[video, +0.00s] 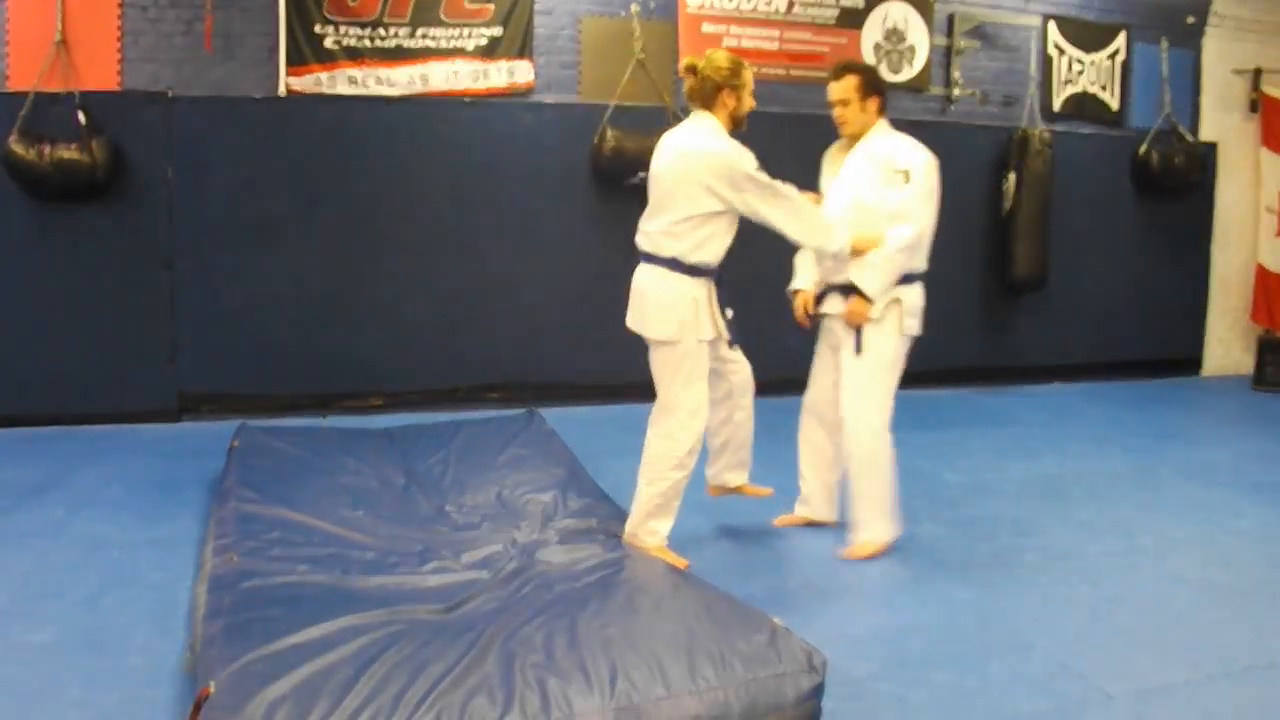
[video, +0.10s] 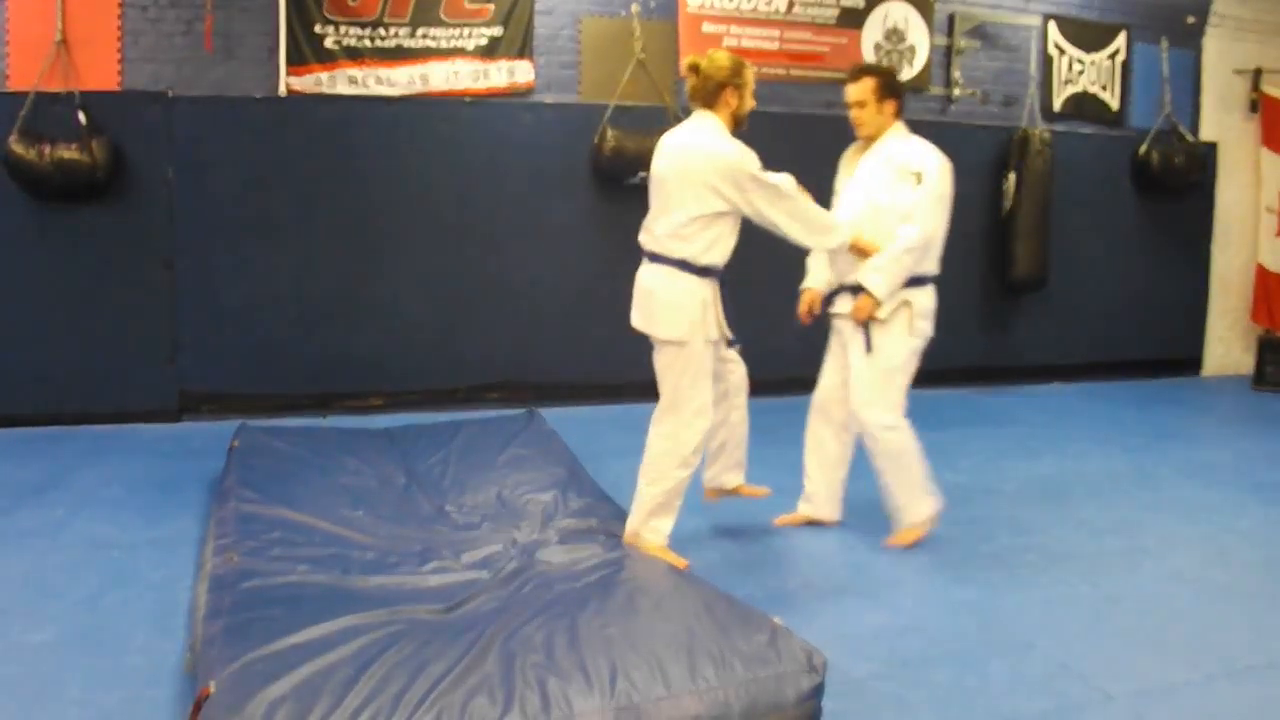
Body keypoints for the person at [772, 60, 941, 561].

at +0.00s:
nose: (835, 114)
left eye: (844, 105)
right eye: (832, 106)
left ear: (873, 103)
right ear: (834, 107)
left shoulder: (912, 158)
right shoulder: (835, 157)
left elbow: (911, 236)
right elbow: (822, 222)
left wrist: (867, 290)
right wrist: (805, 282)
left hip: (886, 302)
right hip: (836, 297)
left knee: (866, 415)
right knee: (820, 408)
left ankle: (876, 529)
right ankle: (817, 506)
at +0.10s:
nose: (852, 116)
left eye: (861, 106)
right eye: (849, 107)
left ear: (891, 106)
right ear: (850, 109)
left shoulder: (928, 162)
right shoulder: (852, 159)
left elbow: (920, 238)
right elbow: (837, 226)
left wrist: (875, 289)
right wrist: (815, 281)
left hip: (902, 301)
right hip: (850, 297)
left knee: (877, 409)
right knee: (830, 405)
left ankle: (918, 510)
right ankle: (819, 505)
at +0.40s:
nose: (932, 119)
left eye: (940, 110)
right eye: (930, 110)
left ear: (970, 113)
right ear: (937, 113)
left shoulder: (999, 173)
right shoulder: (935, 162)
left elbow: (971, 248)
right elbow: (913, 237)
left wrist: (915, 298)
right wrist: (891, 291)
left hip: (975, 304)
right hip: (928, 301)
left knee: (959, 405)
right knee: (894, 397)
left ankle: (975, 510)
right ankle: (881, 496)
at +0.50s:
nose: (957, 114)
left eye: (967, 106)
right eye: (955, 105)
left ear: (995, 110)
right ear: (956, 107)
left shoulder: (1023, 168)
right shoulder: (955, 157)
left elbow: (1006, 242)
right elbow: (938, 229)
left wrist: (956, 289)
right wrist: (925, 280)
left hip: (995, 296)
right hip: (948, 294)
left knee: (976, 400)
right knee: (923, 390)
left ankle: (979, 510)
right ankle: (950, 484)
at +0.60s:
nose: (977, 116)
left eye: (987, 108)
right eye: (975, 107)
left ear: (1014, 114)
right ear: (974, 110)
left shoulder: (1044, 168)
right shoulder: (970, 162)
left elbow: (1047, 240)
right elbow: (952, 226)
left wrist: (996, 283)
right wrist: (941, 279)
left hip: (1016, 297)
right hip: (969, 293)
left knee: (991, 401)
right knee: (958, 391)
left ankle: (980, 508)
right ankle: (1014, 459)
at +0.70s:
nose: (993, 126)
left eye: (1003, 118)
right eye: (990, 117)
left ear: (1029, 123)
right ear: (985, 121)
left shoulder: (1060, 176)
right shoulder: (981, 175)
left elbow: (1074, 243)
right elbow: (961, 234)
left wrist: (1033, 292)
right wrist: (949, 288)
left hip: (1040, 304)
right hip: (993, 301)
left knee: (1008, 400)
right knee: (1009, 394)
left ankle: (980, 507)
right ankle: (1034, 474)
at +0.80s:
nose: (1007, 126)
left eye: (1017, 118)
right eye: (1003, 117)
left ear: (1042, 120)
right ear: (1000, 120)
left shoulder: (1079, 173)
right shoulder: (998, 174)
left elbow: (1085, 244)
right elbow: (978, 237)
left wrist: (1067, 303)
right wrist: (959, 294)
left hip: (1054, 297)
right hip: (1009, 296)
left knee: (1028, 397)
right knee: (1018, 394)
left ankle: (1003, 498)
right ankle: (1038, 472)